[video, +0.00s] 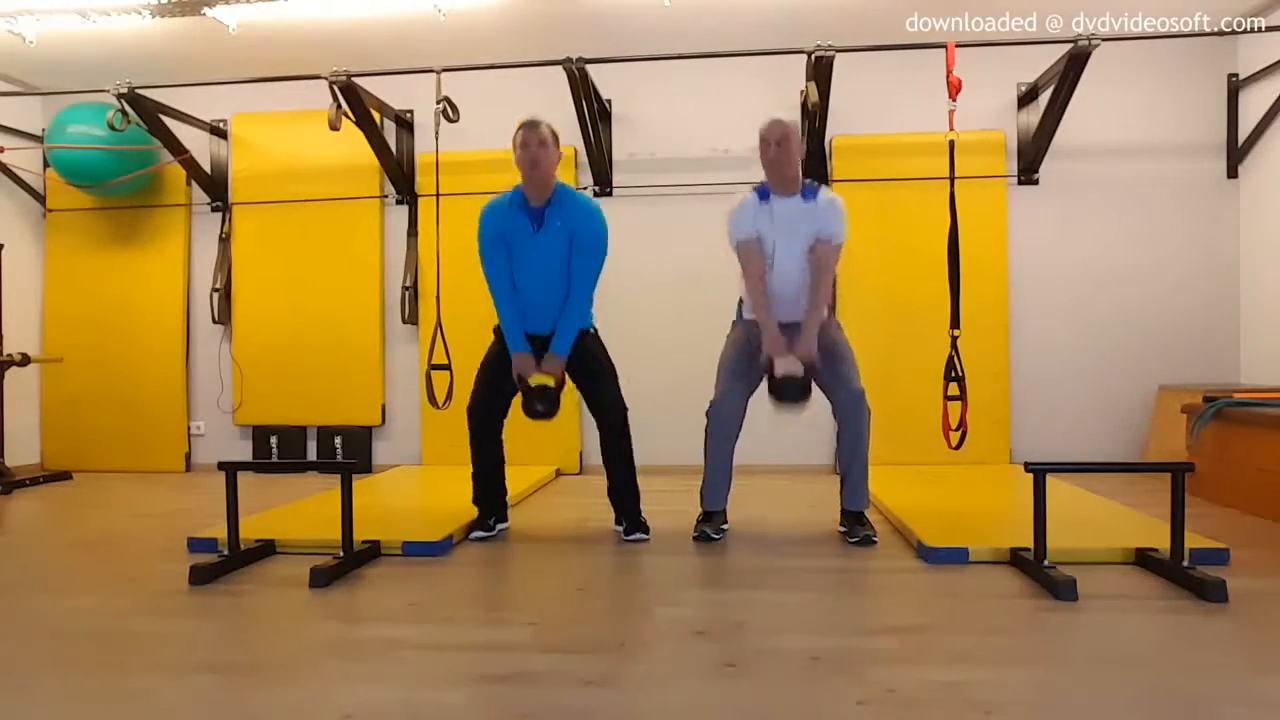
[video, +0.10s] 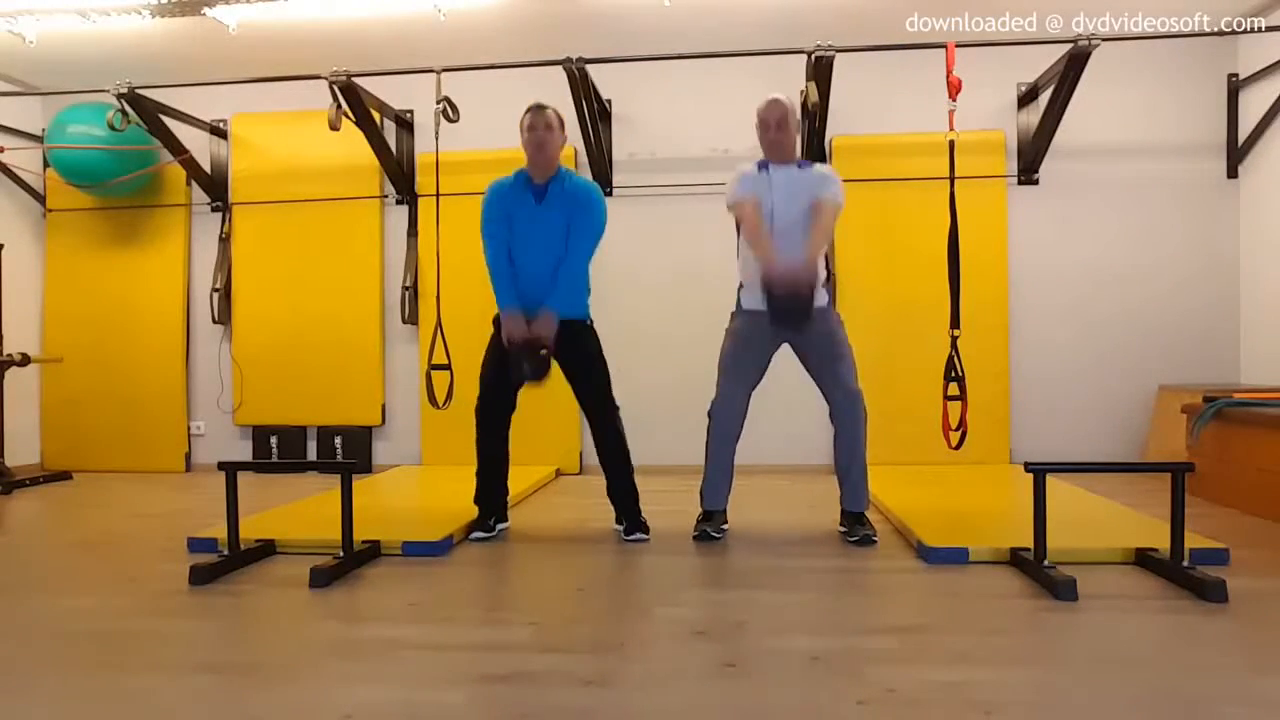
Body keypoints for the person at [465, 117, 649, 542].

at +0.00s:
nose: (533, 152)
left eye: (541, 145)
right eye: (525, 146)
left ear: (558, 155)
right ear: (515, 157)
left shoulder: (586, 214)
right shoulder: (495, 216)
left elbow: (582, 292)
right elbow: (501, 290)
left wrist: (559, 353)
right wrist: (518, 350)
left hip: (573, 334)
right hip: (516, 335)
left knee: (613, 413)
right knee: (482, 414)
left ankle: (629, 516)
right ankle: (491, 513)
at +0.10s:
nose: (538, 135)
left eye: (546, 128)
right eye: (531, 129)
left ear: (563, 139)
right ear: (521, 140)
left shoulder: (586, 195)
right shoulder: (500, 194)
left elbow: (577, 260)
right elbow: (496, 256)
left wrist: (552, 311)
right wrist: (509, 310)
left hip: (569, 320)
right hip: (512, 320)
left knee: (603, 413)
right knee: (491, 413)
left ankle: (629, 515)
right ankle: (491, 512)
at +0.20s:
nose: (544, 134)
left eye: (552, 128)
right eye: (537, 128)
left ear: (567, 140)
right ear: (527, 139)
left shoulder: (587, 187)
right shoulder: (503, 187)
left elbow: (575, 227)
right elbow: (493, 227)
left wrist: (543, 253)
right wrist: (503, 255)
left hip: (566, 317)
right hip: (514, 316)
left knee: (598, 415)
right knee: (498, 415)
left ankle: (629, 515)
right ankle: (492, 513)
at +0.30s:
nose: (548, 138)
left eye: (556, 133)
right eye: (541, 134)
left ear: (570, 146)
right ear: (529, 146)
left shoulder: (588, 184)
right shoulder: (512, 182)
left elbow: (580, 194)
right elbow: (492, 199)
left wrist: (538, 199)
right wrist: (503, 209)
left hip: (568, 317)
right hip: (516, 313)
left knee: (598, 417)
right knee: (501, 416)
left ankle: (630, 517)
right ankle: (493, 515)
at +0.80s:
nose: (549, 135)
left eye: (556, 129)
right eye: (541, 130)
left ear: (572, 139)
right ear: (531, 140)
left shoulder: (593, 187)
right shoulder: (515, 186)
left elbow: (583, 215)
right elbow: (497, 216)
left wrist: (542, 218)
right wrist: (513, 216)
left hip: (580, 324)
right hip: (526, 323)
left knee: (609, 418)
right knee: (502, 418)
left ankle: (630, 515)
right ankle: (493, 514)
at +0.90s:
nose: (547, 143)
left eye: (555, 137)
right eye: (540, 138)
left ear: (571, 148)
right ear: (530, 149)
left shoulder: (594, 203)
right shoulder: (510, 201)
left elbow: (581, 250)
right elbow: (502, 246)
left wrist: (549, 278)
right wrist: (509, 277)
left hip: (582, 331)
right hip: (529, 333)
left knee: (616, 415)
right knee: (495, 412)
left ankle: (630, 514)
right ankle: (493, 513)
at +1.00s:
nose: (543, 156)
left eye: (551, 150)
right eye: (536, 151)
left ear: (567, 161)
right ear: (525, 164)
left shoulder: (593, 218)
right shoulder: (507, 217)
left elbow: (585, 284)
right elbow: (505, 281)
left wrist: (560, 338)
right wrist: (517, 335)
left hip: (581, 335)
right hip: (525, 336)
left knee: (622, 410)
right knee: (489, 411)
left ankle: (631, 514)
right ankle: (493, 512)